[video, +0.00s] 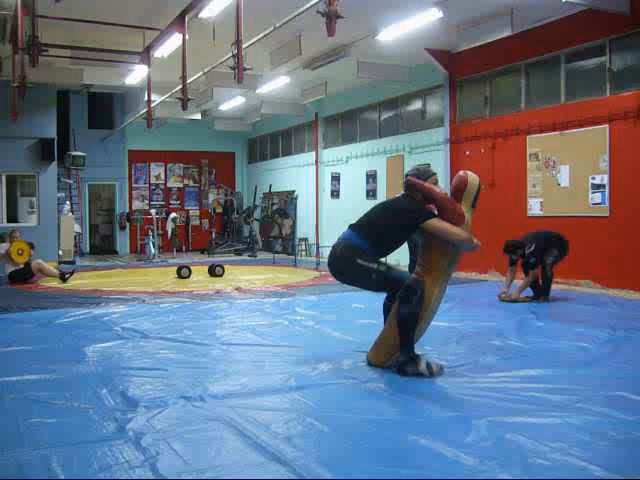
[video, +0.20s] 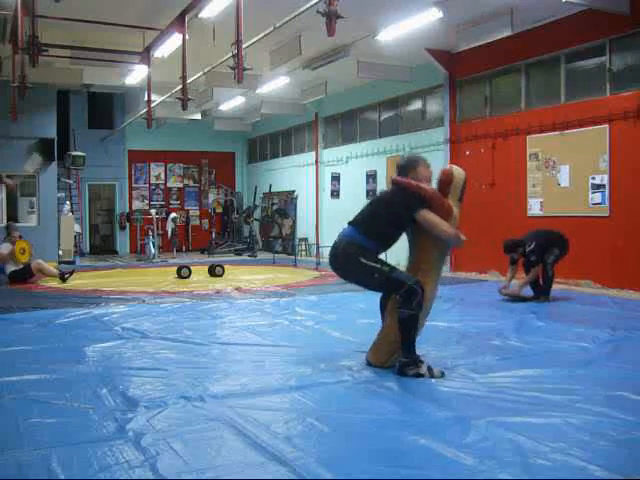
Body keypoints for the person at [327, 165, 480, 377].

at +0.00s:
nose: (438, 188)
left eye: (437, 183)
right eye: (434, 184)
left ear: (415, 188)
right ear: (423, 188)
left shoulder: (403, 203)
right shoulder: (413, 209)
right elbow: (458, 235)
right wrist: (472, 241)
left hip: (344, 258)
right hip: (349, 261)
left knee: (401, 283)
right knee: (411, 287)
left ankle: (391, 349)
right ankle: (407, 359)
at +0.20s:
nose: (428, 186)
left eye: (429, 180)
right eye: (424, 180)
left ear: (404, 179)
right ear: (411, 179)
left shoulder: (395, 193)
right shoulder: (408, 198)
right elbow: (448, 233)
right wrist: (457, 236)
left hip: (344, 254)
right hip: (350, 258)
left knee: (395, 285)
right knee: (411, 289)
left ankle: (389, 348)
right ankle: (409, 361)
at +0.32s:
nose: (414, 157)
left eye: (411, 152)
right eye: (408, 153)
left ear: (391, 158)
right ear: (393, 158)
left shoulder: (385, 180)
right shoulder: (394, 185)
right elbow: (429, 220)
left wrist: (436, 222)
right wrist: (442, 227)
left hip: (352, 249)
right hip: (357, 253)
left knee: (410, 286)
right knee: (416, 292)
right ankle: (409, 361)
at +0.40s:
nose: (370, 149)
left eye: (369, 145)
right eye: (365, 146)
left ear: (357, 149)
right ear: (356, 151)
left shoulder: (363, 171)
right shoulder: (370, 175)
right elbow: (416, 205)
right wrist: (418, 173)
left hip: (369, 245)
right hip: (368, 248)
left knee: (409, 283)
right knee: (424, 290)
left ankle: (387, 339)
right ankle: (412, 359)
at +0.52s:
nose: (326, 147)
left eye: (321, 146)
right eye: (320, 149)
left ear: (320, 165)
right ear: (320, 162)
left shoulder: (340, 177)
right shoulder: (340, 178)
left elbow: (375, 176)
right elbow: (380, 186)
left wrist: (375, 150)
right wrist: (409, 188)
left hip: (375, 248)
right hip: (370, 251)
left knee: (413, 288)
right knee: (430, 291)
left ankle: (393, 341)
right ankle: (413, 358)